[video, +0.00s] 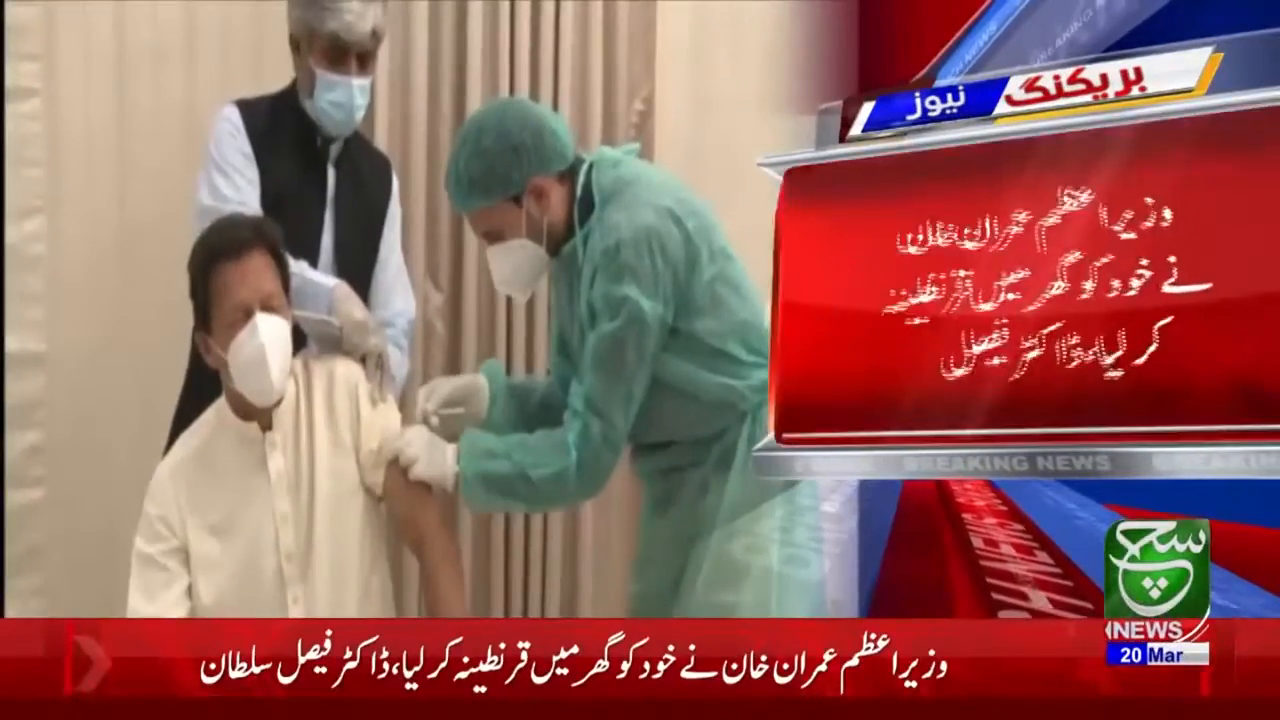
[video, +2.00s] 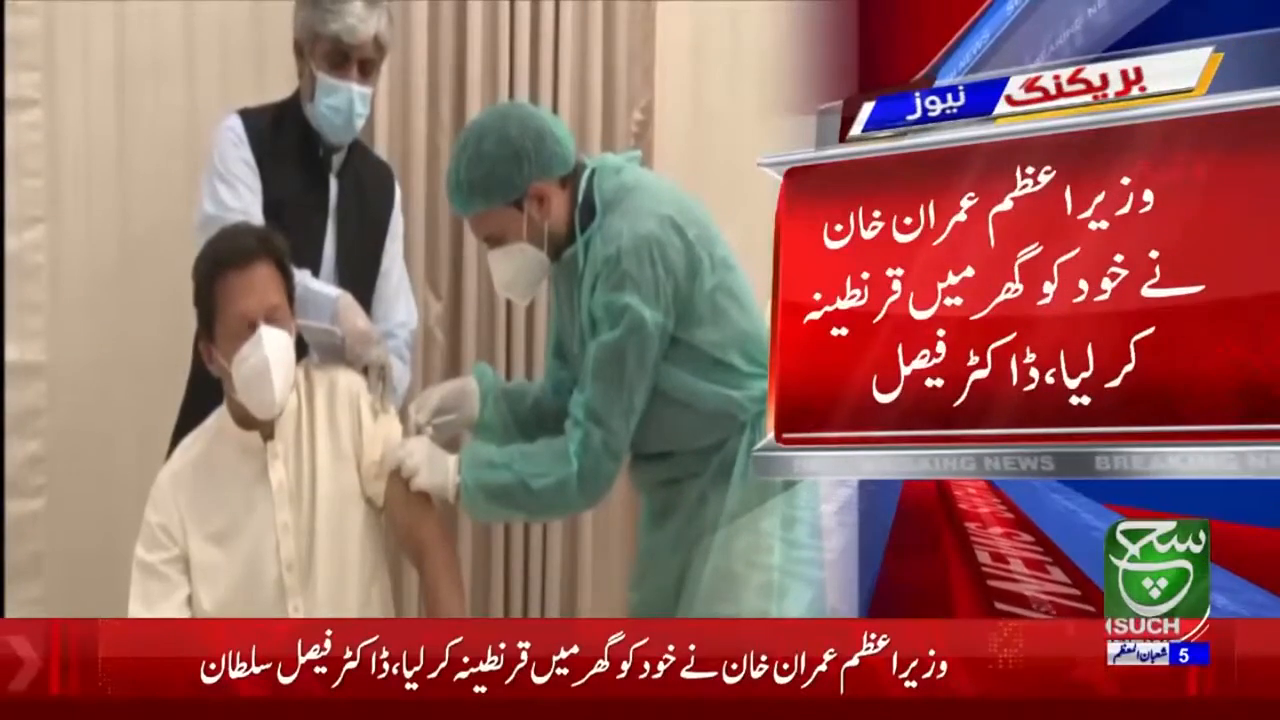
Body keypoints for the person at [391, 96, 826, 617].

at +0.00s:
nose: (493, 254)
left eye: (495, 236)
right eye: (484, 239)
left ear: (541, 195)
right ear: (542, 194)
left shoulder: (633, 231)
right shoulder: (582, 229)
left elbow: (587, 454)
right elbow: (575, 401)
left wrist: (458, 462)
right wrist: (488, 400)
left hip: (749, 461)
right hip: (678, 468)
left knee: (732, 656)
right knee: (654, 653)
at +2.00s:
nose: (496, 258)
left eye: (497, 241)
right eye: (487, 245)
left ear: (543, 202)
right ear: (544, 201)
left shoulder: (633, 239)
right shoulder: (582, 234)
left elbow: (589, 464)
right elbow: (566, 404)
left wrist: (457, 474)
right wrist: (482, 405)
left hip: (747, 475)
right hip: (677, 480)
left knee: (734, 664)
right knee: (656, 661)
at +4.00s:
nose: (498, 279)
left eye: (501, 260)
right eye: (489, 263)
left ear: (547, 220)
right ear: (547, 220)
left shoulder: (637, 262)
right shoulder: (584, 250)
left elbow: (593, 488)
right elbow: (575, 427)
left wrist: (459, 499)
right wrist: (494, 419)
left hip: (750, 492)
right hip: (678, 499)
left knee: (742, 676)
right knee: (664, 673)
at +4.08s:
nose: (498, 278)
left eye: (501, 260)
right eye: (489, 263)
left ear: (546, 220)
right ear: (547, 220)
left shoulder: (637, 262)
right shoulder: (584, 251)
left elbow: (592, 487)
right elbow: (575, 426)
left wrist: (458, 499)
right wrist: (495, 420)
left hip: (751, 491)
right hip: (677, 498)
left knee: (742, 678)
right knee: (662, 676)